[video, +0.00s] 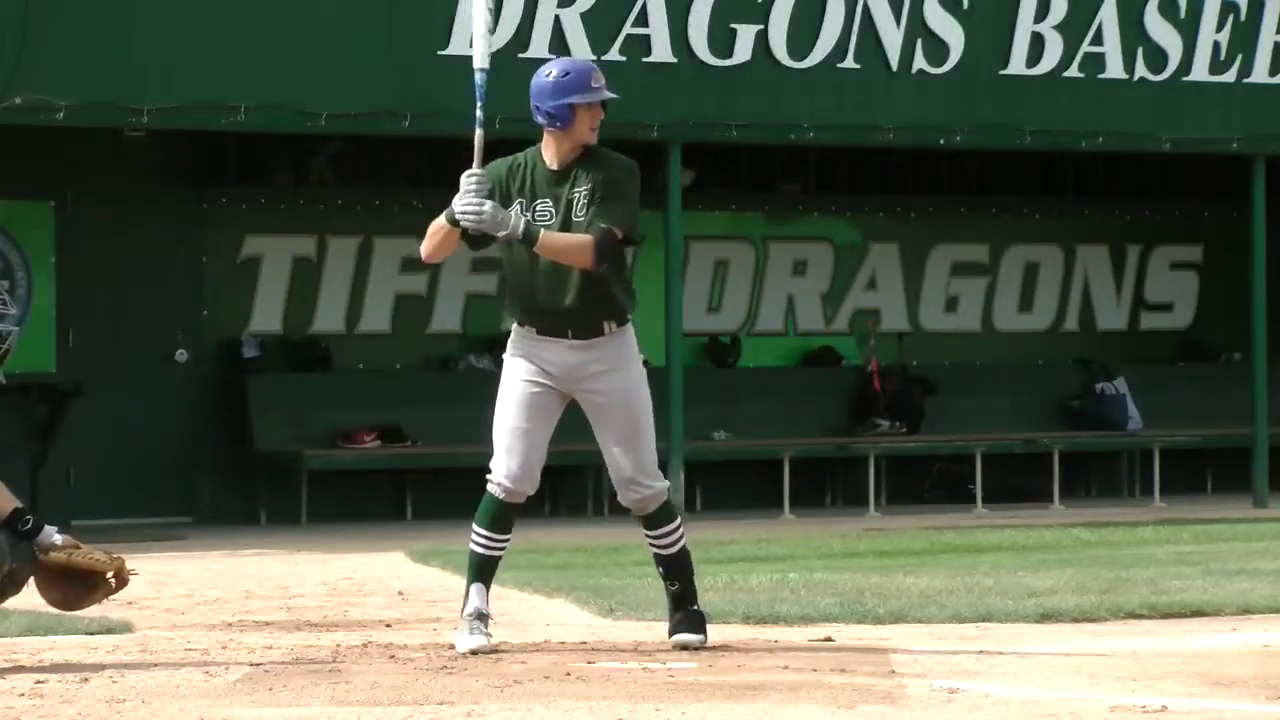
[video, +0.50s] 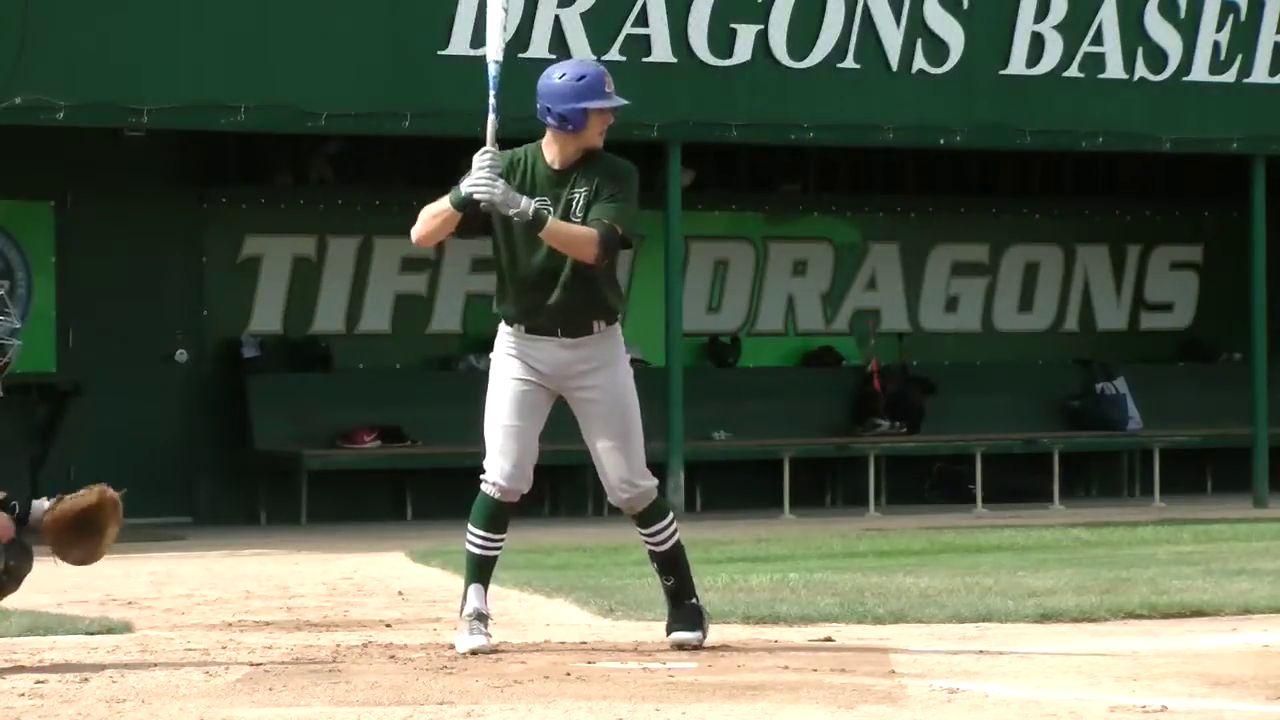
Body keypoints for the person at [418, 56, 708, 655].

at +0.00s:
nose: (599, 116)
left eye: (600, 106)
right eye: (589, 107)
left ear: (591, 112)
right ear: (554, 113)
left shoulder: (614, 173)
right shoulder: (503, 176)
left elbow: (600, 251)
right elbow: (431, 251)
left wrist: (517, 228)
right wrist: (458, 213)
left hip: (608, 350)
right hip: (531, 350)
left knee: (641, 485)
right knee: (509, 479)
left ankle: (685, 608)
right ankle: (474, 611)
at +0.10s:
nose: (610, 116)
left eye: (610, 106)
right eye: (599, 107)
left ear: (602, 111)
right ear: (564, 113)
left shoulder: (623, 171)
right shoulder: (514, 176)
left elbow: (612, 250)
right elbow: (445, 255)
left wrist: (533, 230)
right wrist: (474, 215)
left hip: (617, 350)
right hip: (539, 350)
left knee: (647, 485)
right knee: (517, 478)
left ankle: (686, 608)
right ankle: (475, 608)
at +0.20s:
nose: (615, 117)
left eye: (615, 107)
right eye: (605, 108)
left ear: (604, 111)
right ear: (570, 114)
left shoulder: (627, 170)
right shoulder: (518, 176)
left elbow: (618, 248)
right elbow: (448, 255)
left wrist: (542, 228)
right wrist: (480, 212)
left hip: (616, 350)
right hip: (540, 350)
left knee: (646, 485)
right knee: (519, 477)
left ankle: (685, 608)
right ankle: (475, 608)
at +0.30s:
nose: (615, 119)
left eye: (615, 109)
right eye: (605, 111)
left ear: (601, 113)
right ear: (570, 115)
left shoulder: (624, 172)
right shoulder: (515, 175)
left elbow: (618, 249)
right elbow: (442, 249)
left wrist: (537, 221)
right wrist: (478, 207)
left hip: (610, 351)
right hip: (533, 350)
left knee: (641, 486)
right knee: (513, 478)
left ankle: (685, 610)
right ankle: (475, 610)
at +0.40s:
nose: (611, 121)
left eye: (611, 111)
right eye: (601, 113)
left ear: (595, 114)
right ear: (567, 117)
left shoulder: (618, 175)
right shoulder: (508, 172)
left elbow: (608, 248)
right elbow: (431, 241)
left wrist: (531, 215)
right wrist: (472, 199)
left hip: (601, 351)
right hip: (523, 350)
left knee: (632, 486)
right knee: (505, 478)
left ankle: (683, 606)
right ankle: (473, 611)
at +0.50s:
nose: (608, 121)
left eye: (608, 112)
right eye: (599, 113)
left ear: (588, 114)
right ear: (565, 116)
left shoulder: (613, 174)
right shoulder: (503, 167)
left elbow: (598, 247)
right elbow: (423, 233)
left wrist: (520, 209)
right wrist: (469, 190)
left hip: (597, 350)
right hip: (520, 349)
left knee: (629, 484)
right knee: (503, 478)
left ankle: (683, 601)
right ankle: (473, 611)